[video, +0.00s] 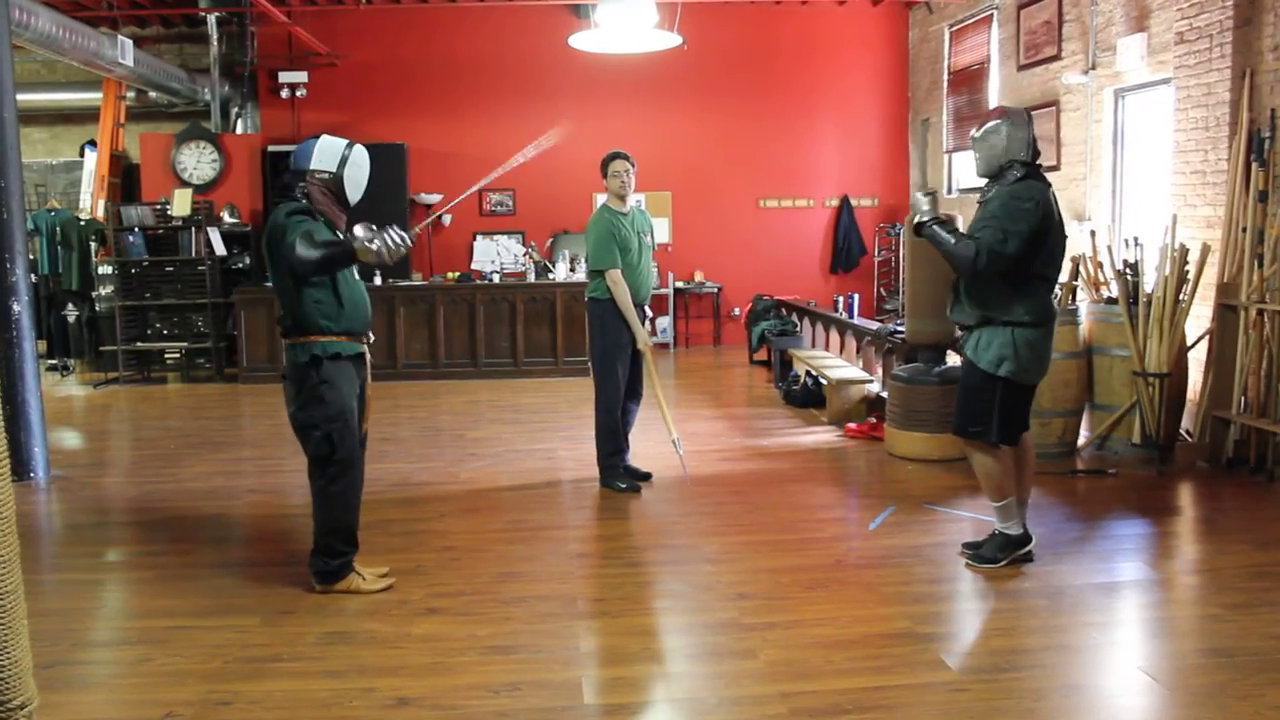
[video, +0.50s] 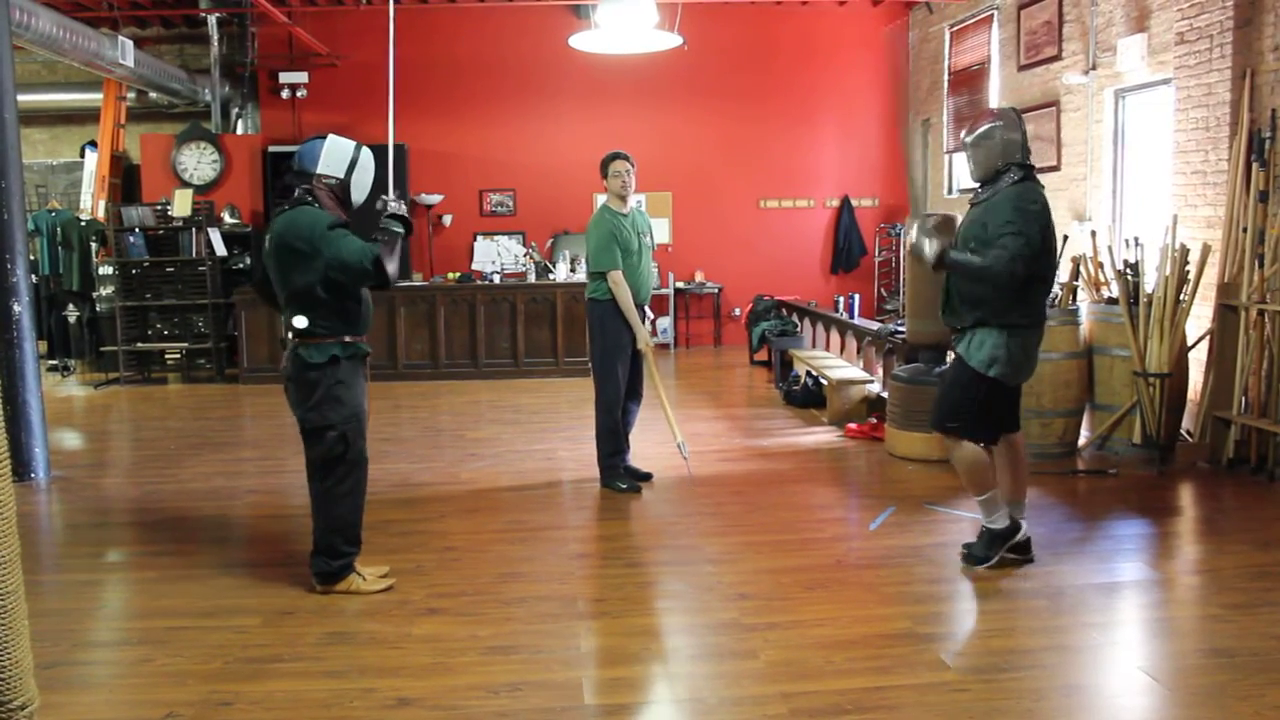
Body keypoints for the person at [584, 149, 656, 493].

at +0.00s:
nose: (624, 179)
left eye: (628, 173)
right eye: (616, 174)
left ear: (635, 178)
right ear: (605, 181)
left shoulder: (641, 216)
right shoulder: (602, 222)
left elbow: (645, 262)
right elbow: (614, 279)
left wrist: (645, 305)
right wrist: (637, 328)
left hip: (634, 307)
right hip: (608, 308)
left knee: (631, 390)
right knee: (611, 390)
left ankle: (619, 460)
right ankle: (609, 469)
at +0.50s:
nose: (625, 179)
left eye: (629, 173)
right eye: (617, 175)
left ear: (635, 179)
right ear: (605, 182)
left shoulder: (640, 217)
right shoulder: (603, 222)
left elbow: (644, 264)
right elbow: (615, 280)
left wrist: (645, 306)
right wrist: (638, 328)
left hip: (634, 307)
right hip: (608, 309)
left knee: (632, 390)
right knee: (611, 391)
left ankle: (620, 460)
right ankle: (610, 470)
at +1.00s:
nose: (629, 179)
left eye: (633, 174)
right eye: (621, 175)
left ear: (638, 180)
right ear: (608, 181)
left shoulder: (638, 219)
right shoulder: (605, 218)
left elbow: (649, 261)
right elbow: (620, 261)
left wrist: (651, 298)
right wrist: (644, 299)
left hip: (631, 308)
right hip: (607, 308)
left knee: (631, 389)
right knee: (612, 389)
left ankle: (620, 460)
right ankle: (610, 469)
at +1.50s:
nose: (629, 179)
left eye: (634, 174)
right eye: (622, 174)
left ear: (639, 181)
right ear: (609, 180)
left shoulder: (642, 220)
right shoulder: (600, 213)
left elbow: (659, 255)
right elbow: (612, 229)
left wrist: (653, 249)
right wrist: (639, 240)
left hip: (633, 311)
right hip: (606, 309)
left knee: (632, 392)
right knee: (610, 391)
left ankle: (619, 459)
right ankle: (601, 467)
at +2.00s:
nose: (614, 180)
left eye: (618, 175)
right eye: (607, 175)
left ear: (622, 182)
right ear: (592, 180)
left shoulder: (618, 220)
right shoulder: (586, 212)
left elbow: (631, 248)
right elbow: (605, 232)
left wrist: (632, 251)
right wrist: (624, 249)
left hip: (616, 314)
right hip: (591, 312)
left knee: (620, 393)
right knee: (587, 396)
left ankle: (619, 464)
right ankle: (580, 479)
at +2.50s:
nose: (599, 180)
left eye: (603, 175)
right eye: (591, 175)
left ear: (608, 180)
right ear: (577, 180)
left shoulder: (606, 220)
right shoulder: (573, 214)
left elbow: (620, 253)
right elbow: (596, 233)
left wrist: (629, 267)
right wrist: (617, 248)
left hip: (609, 314)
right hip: (583, 314)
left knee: (612, 394)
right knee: (584, 396)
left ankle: (607, 467)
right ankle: (579, 479)